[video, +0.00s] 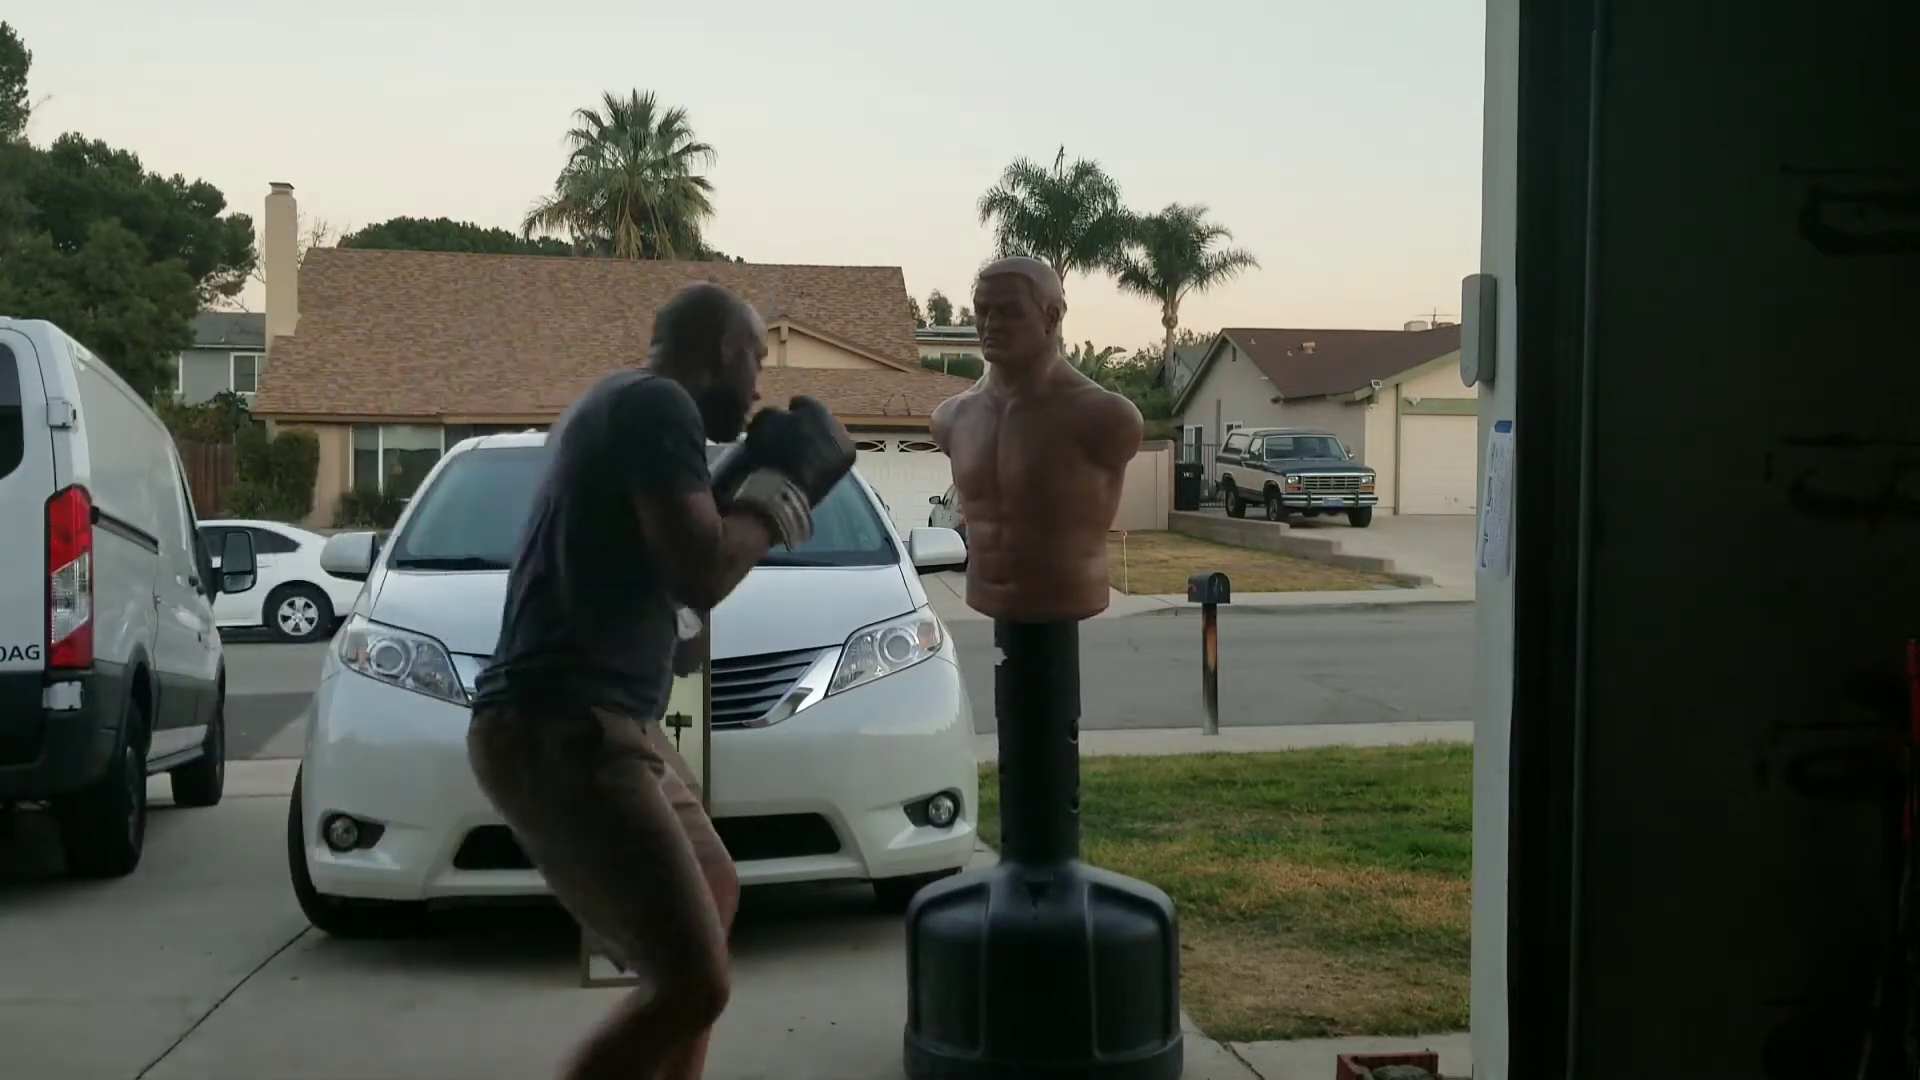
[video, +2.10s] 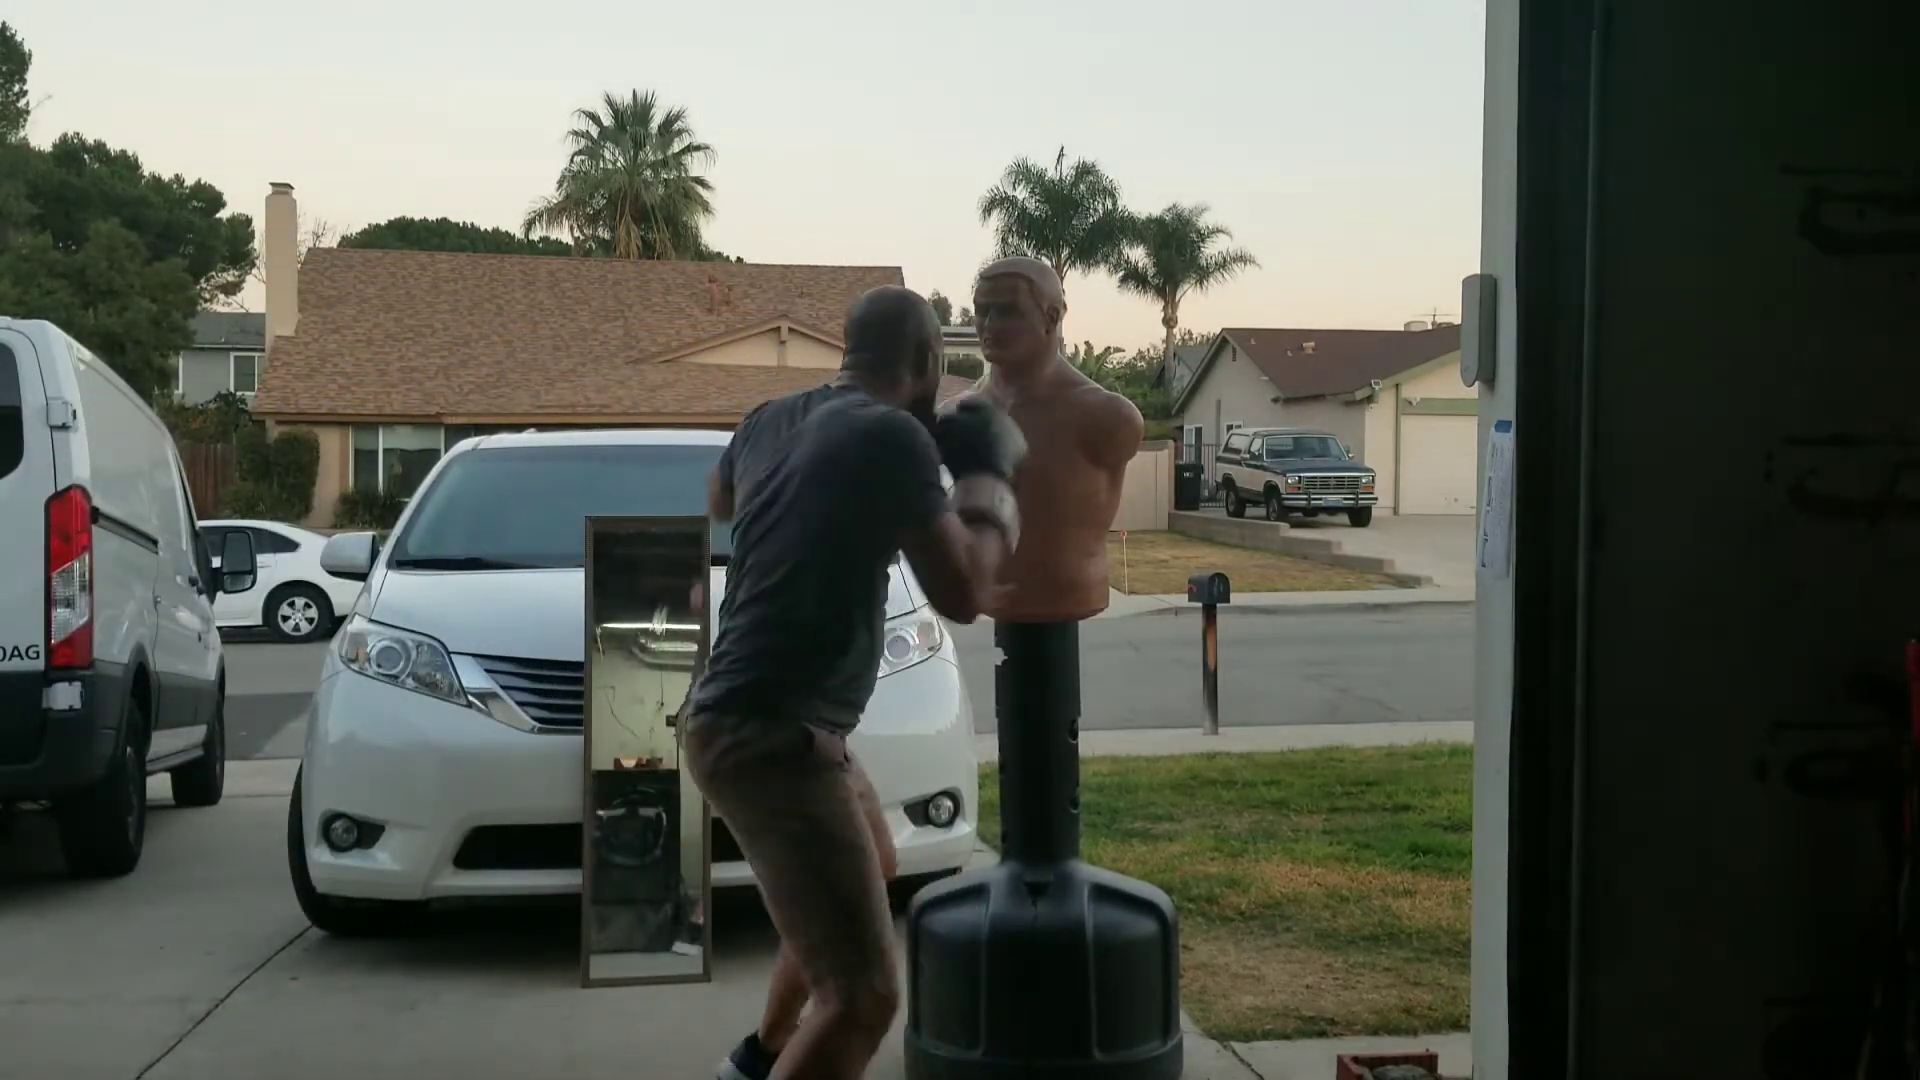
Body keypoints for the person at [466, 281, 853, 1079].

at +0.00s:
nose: (760, 385)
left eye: (760, 365)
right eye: (755, 363)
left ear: (677, 349)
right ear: (720, 355)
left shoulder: (637, 405)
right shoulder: (653, 405)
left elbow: (670, 560)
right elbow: (704, 576)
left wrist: (742, 480)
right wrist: (779, 487)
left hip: (610, 719)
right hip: (563, 726)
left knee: (713, 889)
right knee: (693, 984)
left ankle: (675, 1062)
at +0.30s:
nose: (842, 366)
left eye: (844, 347)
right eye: (844, 344)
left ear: (744, 329)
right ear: (820, 340)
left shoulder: (648, 396)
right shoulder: (755, 412)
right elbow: (822, 586)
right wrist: (874, 484)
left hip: (583, 737)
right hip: (654, 745)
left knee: (673, 966)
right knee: (776, 1034)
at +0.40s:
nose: (838, 291)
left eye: (840, 275)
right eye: (837, 272)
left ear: (727, 263)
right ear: (817, 265)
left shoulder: (640, 334)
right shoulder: (774, 336)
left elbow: (734, 301)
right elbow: (889, 488)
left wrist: (833, 299)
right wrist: (920, 358)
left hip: (586, 690)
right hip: (670, 694)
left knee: (674, 932)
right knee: (751, 990)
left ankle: (669, 1073)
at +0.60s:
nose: (847, 270)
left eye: (846, 252)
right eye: (841, 247)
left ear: (732, 237)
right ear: (820, 239)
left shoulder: (638, 332)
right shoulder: (786, 335)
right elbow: (904, 509)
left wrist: (830, 312)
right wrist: (916, 354)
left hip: (615, 722)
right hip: (716, 729)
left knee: (684, 1017)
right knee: (742, 1039)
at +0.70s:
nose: (866, 284)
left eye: (862, 262)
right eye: (864, 261)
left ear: (747, 261)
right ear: (843, 264)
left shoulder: (636, 370)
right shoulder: (800, 369)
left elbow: (600, 563)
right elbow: (870, 581)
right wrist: (904, 437)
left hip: (633, 746)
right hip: (734, 752)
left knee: (715, 1032)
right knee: (760, 1044)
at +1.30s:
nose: (971, 315)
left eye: (977, 302)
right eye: (974, 296)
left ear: (870, 276)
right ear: (963, 285)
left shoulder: (786, 362)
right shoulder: (931, 358)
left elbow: (728, 523)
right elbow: (992, 554)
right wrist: (1007, 423)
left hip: (716, 703)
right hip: (816, 706)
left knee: (814, 971)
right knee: (911, 1015)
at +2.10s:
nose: (938, 383)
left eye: (936, 369)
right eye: (937, 368)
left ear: (848, 356)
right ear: (920, 365)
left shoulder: (771, 419)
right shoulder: (892, 436)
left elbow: (722, 501)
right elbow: (963, 593)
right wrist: (990, 473)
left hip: (744, 715)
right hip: (772, 732)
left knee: (870, 853)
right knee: (863, 995)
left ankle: (768, 1053)